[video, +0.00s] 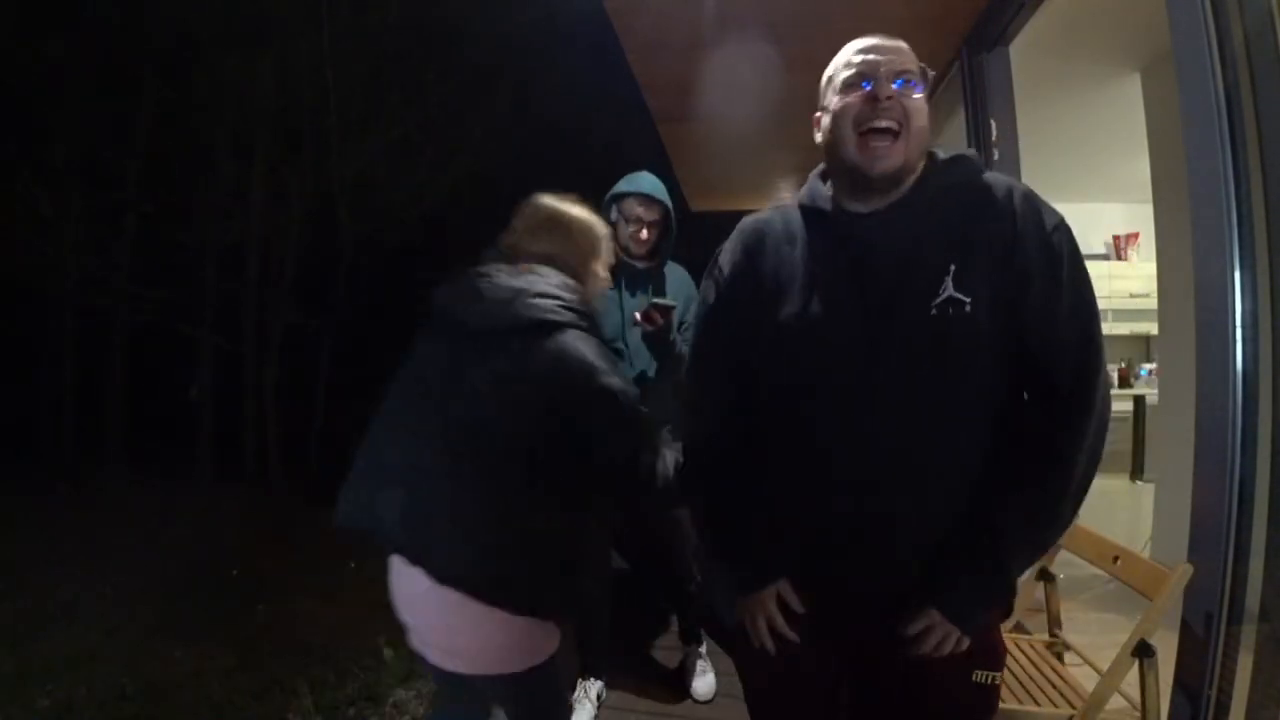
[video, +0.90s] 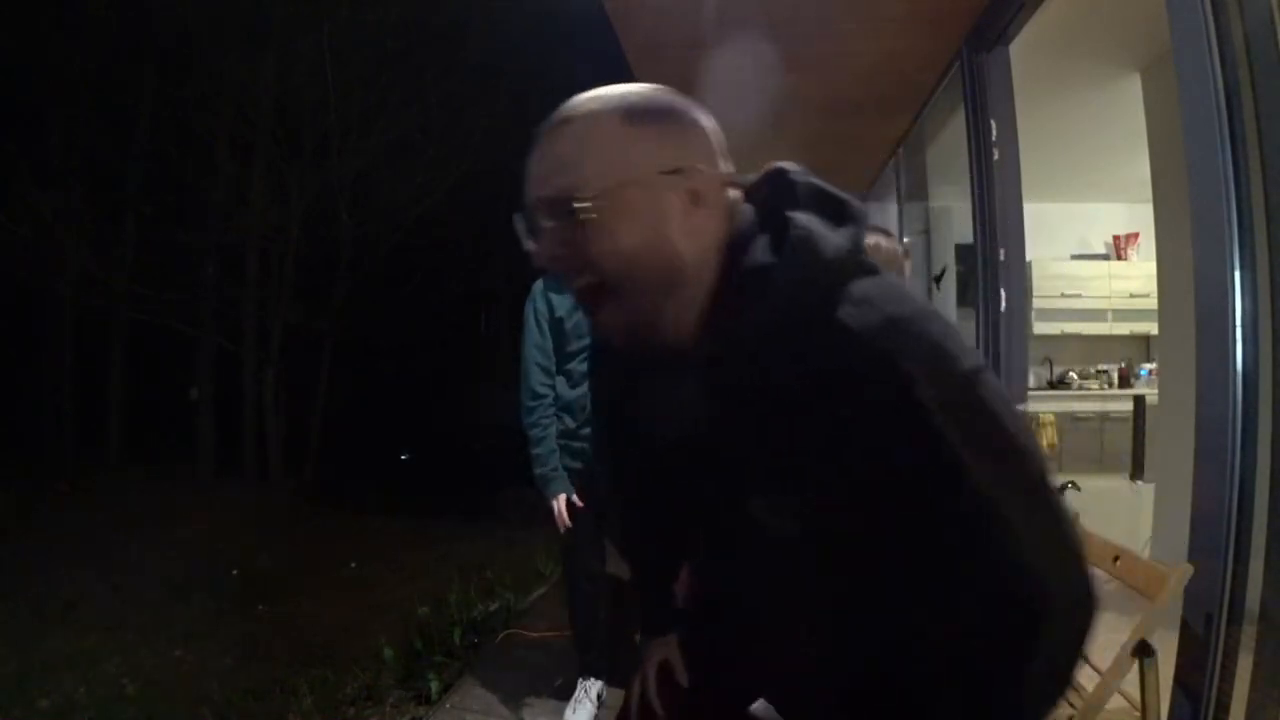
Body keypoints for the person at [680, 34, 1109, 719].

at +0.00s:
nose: (884, 94)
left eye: (904, 81)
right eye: (859, 81)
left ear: (930, 117)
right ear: (820, 125)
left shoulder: (1013, 226)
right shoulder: (758, 249)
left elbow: (1071, 419)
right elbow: (703, 429)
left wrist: (975, 585)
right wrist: (741, 574)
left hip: (944, 615)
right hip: (793, 613)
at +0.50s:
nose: (837, 136)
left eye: (870, 106)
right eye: (806, 118)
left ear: (924, 138)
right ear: (779, 159)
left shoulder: (1020, 283)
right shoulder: (721, 299)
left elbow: (1103, 501)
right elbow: (684, 482)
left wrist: (962, 669)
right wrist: (733, 621)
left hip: (941, 659)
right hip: (774, 656)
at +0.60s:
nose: (804, 166)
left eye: (841, 133)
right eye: (776, 144)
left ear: (911, 160)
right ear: (752, 178)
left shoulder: (1019, 309)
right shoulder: (708, 317)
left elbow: (1121, 534)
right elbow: (659, 498)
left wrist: (969, 668)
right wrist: (713, 627)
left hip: (935, 686)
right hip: (763, 681)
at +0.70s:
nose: (733, 212)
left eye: (772, 171)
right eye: (706, 187)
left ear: (866, 183)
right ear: (690, 206)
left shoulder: (994, 333)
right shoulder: (686, 338)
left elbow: (1132, 583)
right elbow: (658, 504)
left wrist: (962, 693)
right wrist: (700, 634)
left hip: (941, 668)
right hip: (768, 671)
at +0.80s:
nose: (640, 242)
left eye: (673, 202)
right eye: (628, 210)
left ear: (794, 198)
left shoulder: (938, 341)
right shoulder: (660, 358)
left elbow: (1113, 601)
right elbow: (655, 508)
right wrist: (674, 630)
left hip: (939, 684)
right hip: (759, 677)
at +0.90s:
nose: (546, 255)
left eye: (572, 215)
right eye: (538, 225)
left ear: (695, 197)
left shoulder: (854, 326)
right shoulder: (632, 341)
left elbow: (1042, 594)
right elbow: (637, 512)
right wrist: (660, 626)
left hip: (922, 673)